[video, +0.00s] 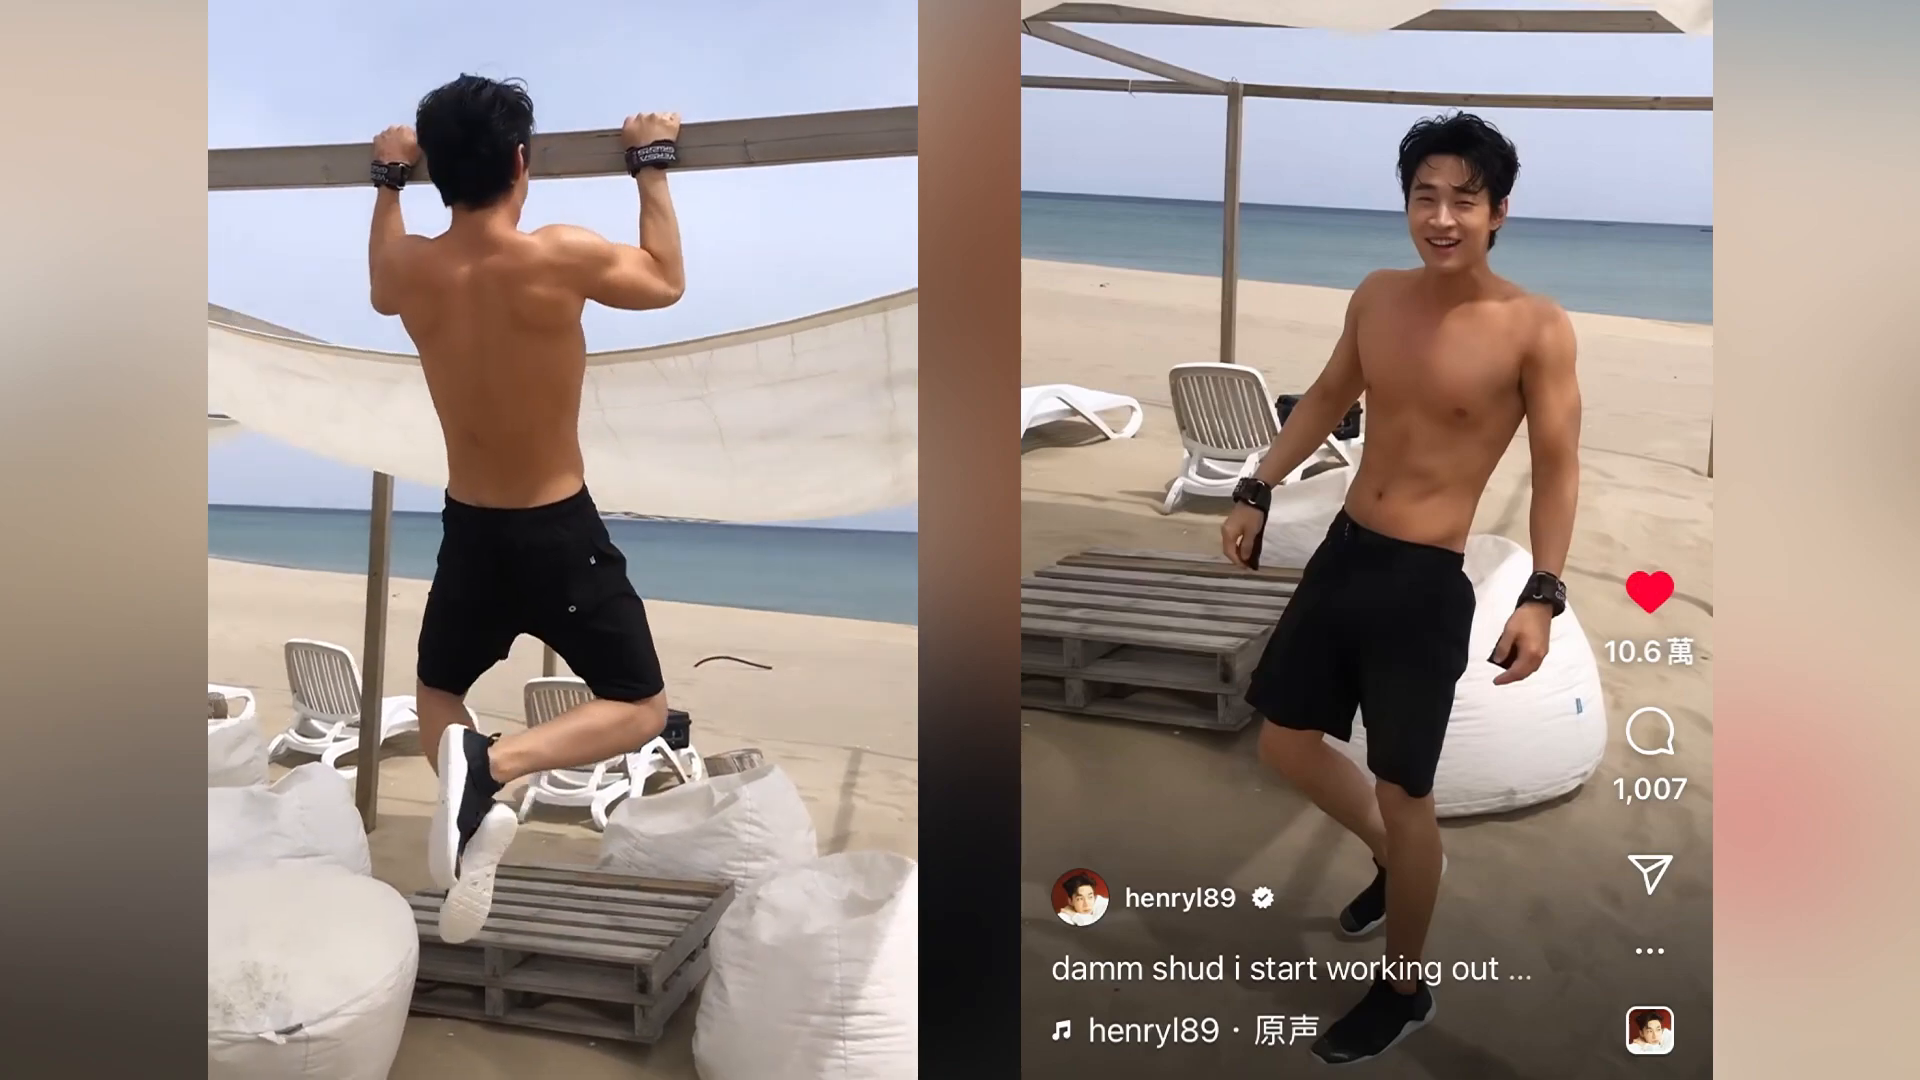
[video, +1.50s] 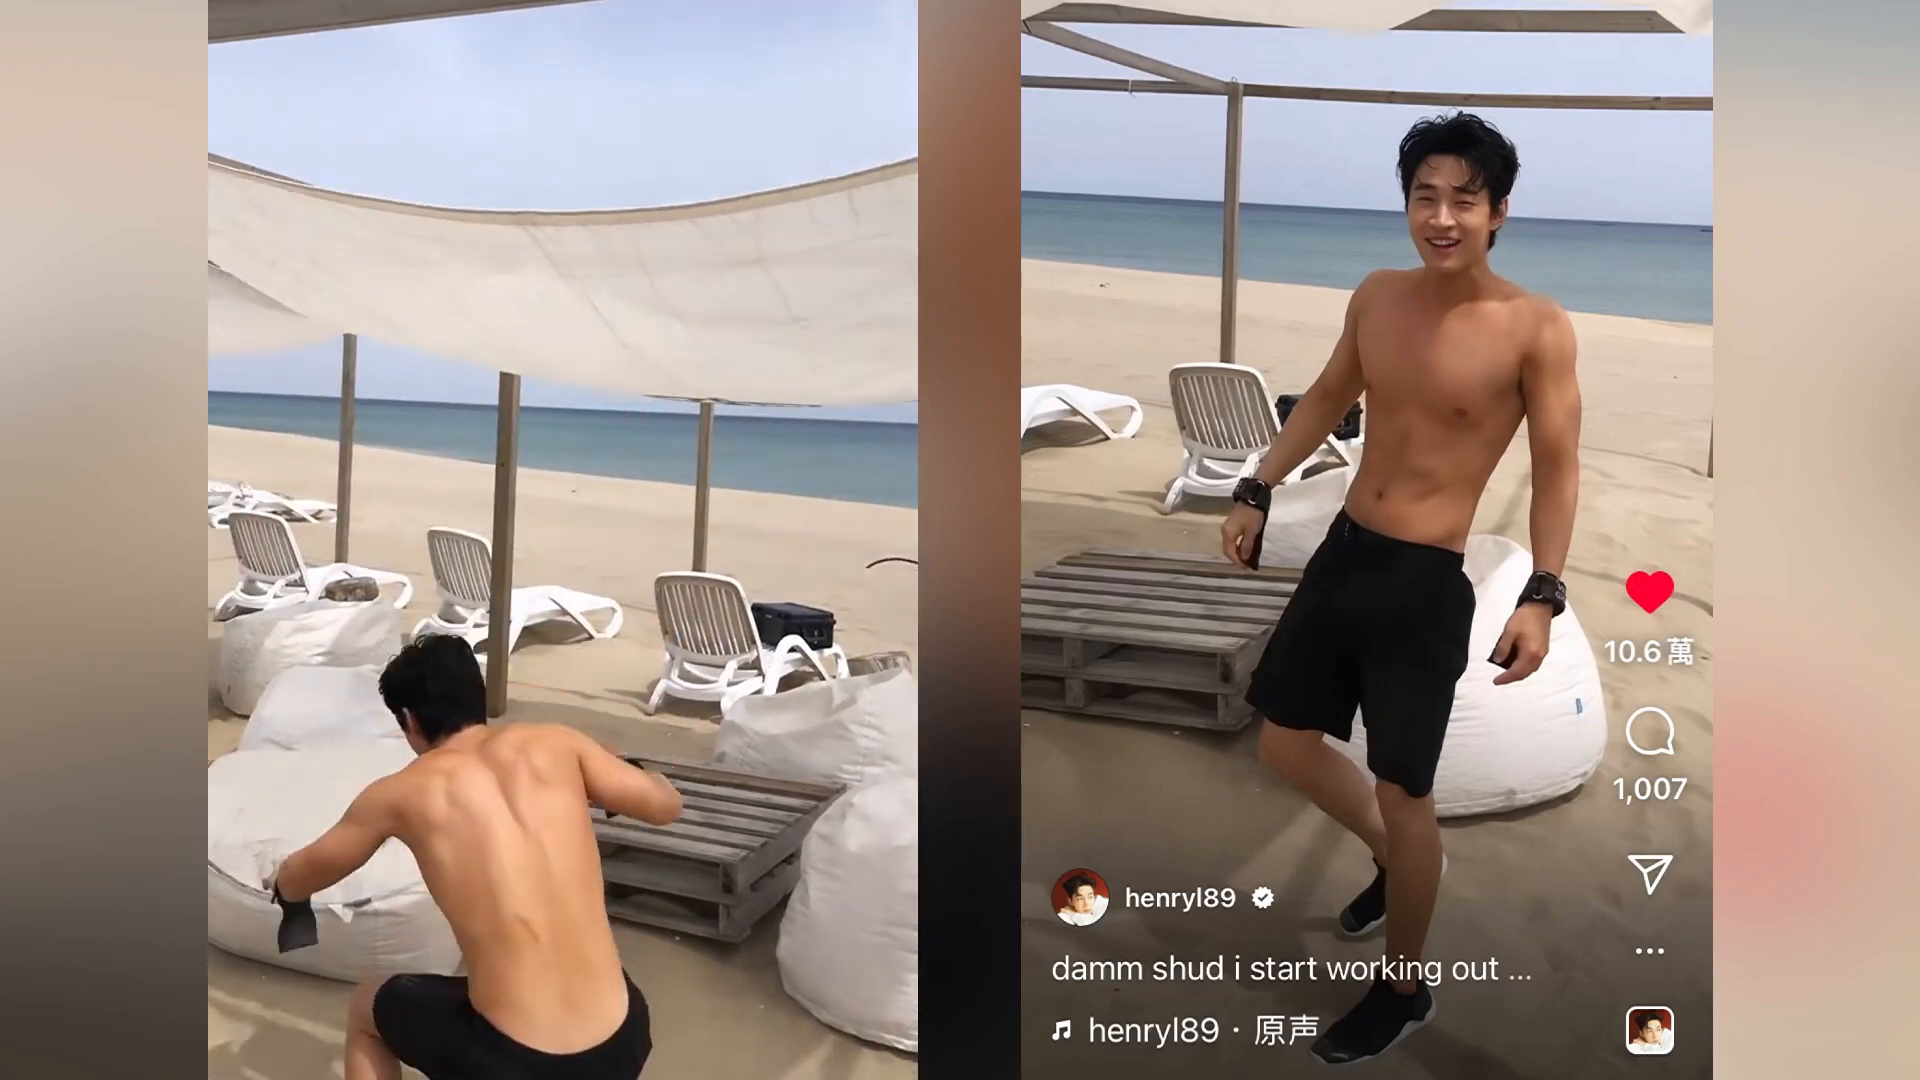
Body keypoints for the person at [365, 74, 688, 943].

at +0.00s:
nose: (532, 158)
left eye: (529, 147)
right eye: (530, 147)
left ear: (434, 176)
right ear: (520, 162)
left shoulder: (410, 266)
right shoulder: (560, 258)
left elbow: (384, 286)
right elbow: (665, 278)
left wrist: (388, 184)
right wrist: (652, 170)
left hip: (470, 537)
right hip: (560, 536)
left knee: (438, 694)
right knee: (639, 708)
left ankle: (474, 834)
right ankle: (493, 764)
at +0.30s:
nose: (539, 233)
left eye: (524, 222)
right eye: (534, 220)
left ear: (453, 245)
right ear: (527, 231)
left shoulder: (427, 332)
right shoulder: (569, 316)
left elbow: (407, 279)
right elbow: (669, 275)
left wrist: (400, 187)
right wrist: (655, 163)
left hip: (482, 595)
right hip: (571, 594)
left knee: (443, 741)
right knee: (644, 762)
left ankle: (459, 908)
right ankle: (541, 907)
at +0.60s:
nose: (536, 240)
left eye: (526, 230)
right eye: (533, 230)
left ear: (445, 253)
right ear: (526, 240)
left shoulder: (421, 334)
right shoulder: (566, 319)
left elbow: (412, 271)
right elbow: (668, 269)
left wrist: (408, 183)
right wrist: (661, 152)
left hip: (469, 614)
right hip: (569, 611)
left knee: (410, 669)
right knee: (705, 686)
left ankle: (425, 834)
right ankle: (704, 876)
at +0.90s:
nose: (512, 190)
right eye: (512, 175)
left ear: (420, 186)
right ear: (500, 178)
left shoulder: (381, 269)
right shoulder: (540, 245)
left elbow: (385, 227)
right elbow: (670, 230)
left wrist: (396, 135)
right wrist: (657, 111)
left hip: (465, 544)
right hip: (571, 530)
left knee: (414, 671)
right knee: (672, 648)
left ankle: (376, 817)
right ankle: (747, 787)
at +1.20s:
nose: (491, 335)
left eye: (409, 342)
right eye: (490, 324)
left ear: (405, 345)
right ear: (486, 328)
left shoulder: (390, 419)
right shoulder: (542, 372)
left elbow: (303, 369)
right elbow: (664, 317)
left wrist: (284, 256)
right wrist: (587, 232)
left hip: (474, 690)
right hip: (578, 680)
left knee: (412, 883)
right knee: (603, 848)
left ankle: (387, 1067)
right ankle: (624, 1026)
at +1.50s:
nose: (404, 731)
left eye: (400, 722)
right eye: (402, 722)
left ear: (411, 722)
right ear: (481, 701)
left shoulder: (400, 794)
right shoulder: (558, 743)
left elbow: (299, 877)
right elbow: (667, 805)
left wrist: (283, 882)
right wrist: (610, 782)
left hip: (513, 1055)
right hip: (620, 1044)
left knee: (369, 1006)